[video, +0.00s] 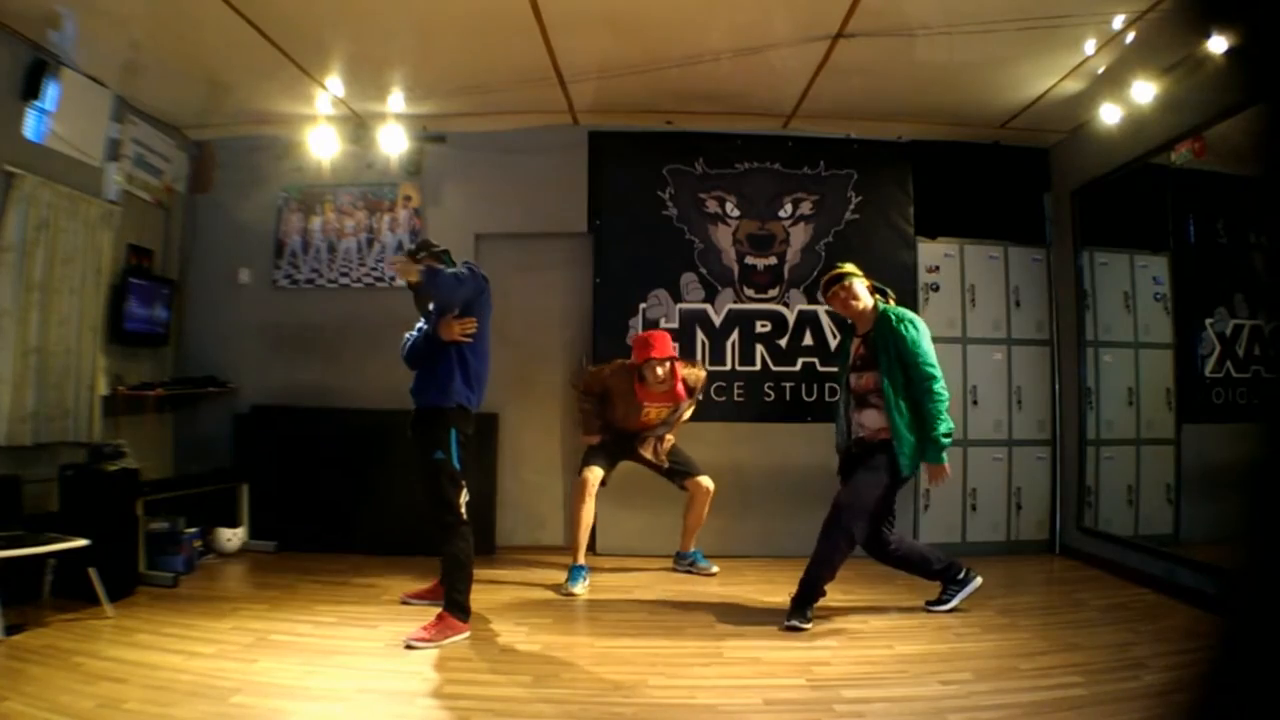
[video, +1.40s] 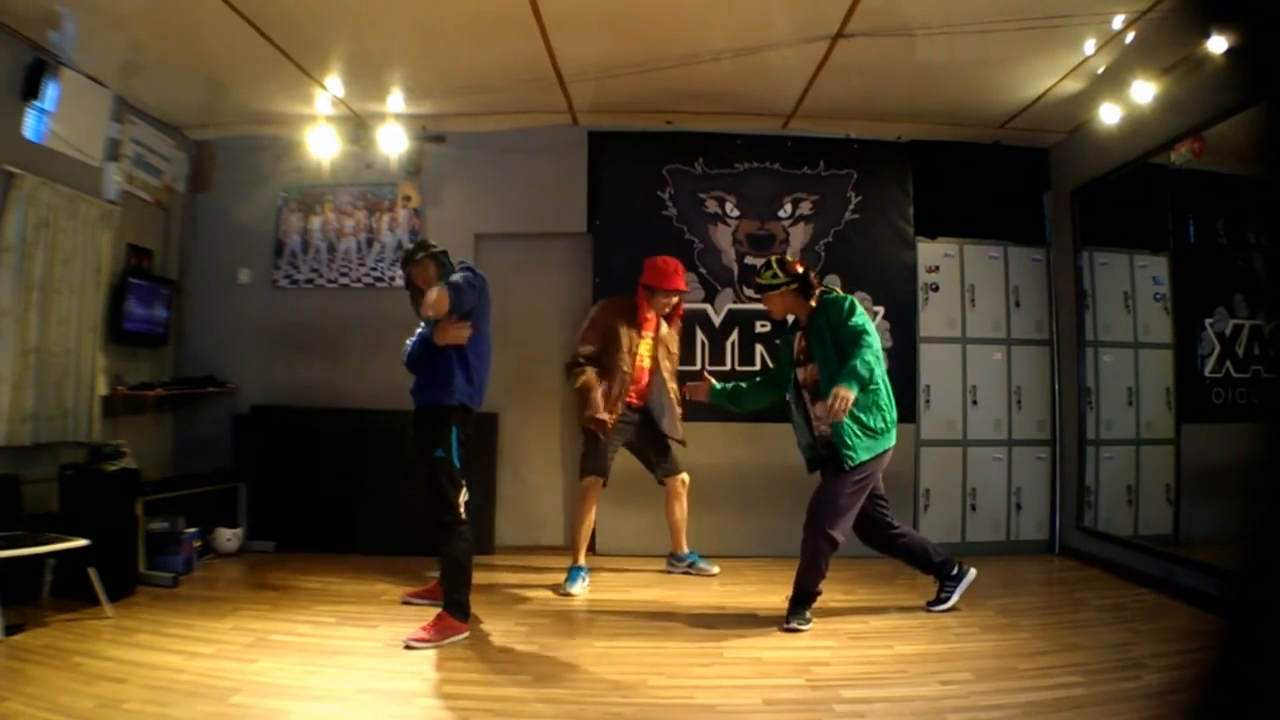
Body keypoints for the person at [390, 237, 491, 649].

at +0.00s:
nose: (410, 287)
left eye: (413, 278)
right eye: (408, 281)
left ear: (431, 265)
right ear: (427, 268)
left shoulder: (472, 279)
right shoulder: (433, 308)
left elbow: (447, 293)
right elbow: (409, 353)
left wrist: (417, 273)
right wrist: (436, 332)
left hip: (453, 407)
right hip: (431, 408)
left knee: (454, 509)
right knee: (440, 502)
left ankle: (456, 613)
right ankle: (447, 582)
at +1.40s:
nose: (418, 283)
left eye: (422, 271)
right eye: (412, 277)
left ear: (437, 262)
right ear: (411, 281)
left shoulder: (469, 280)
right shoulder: (430, 312)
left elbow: (444, 300)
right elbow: (409, 357)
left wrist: (431, 307)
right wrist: (434, 337)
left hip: (453, 409)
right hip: (431, 410)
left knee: (455, 509)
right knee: (440, 501)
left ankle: (455, 613)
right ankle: (446, 582)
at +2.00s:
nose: (439, 257)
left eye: (447, 250)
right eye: (434, 250)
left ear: (462, 251)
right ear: (426, 253)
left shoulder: (483, 292)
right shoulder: (408, 295)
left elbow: (499, 352)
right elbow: (393, 354)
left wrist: (503, 404)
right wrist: (402, 404)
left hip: (464, 405)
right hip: (424, 406)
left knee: (461, 497)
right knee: (432, 494)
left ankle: (462, 591)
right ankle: (444, 582)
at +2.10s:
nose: (453, 257)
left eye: (461, 250)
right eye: (446, 249)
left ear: (472, 252)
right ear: (432, 250)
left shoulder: (486, 295)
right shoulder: (408, 292)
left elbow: (498, 356)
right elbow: (390, 352)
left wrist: (497, 409)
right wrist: (403, 401)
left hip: (468, 409)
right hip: (425, 409)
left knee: (472, 499)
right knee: (433, 496)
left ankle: (469, 593)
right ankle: (446, 582)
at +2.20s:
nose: (460, 261)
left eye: (468, 253)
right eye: (453, 252)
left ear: (479, 255)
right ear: (439, 251)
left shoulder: (491, 300)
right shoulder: (411, 292)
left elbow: (499, 362)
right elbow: (391, 352)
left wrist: (490, 414)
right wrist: (400, 405)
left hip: (469, 412)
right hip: (426, 411)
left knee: (471, 502)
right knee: (434, 497)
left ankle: (472, 594)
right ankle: (446, 582)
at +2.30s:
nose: (470, 263)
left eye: (478, 255)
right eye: (463, 254)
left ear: (487, 257)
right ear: (447, 251)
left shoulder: (496, 302)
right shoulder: (416, 290)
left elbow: (502, 366)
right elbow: (393, 349)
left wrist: (494, 419)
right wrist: (394, 406)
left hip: (472, 413)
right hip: (427, 410)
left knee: (470, 505)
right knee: (433, 498)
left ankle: (470, 597)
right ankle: (447, 581)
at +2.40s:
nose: (480, 264)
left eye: (487, 257)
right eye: (473, 255)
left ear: (496, 258)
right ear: (455, 251)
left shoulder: (501, 304)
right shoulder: (421, 286)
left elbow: (507, 370)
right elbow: (392, 343)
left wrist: (500, 424)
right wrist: (389, 401)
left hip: (473, 410)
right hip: (427, 408)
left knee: (470, 503)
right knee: (433, 496)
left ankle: (470, 599)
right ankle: (447, 581)